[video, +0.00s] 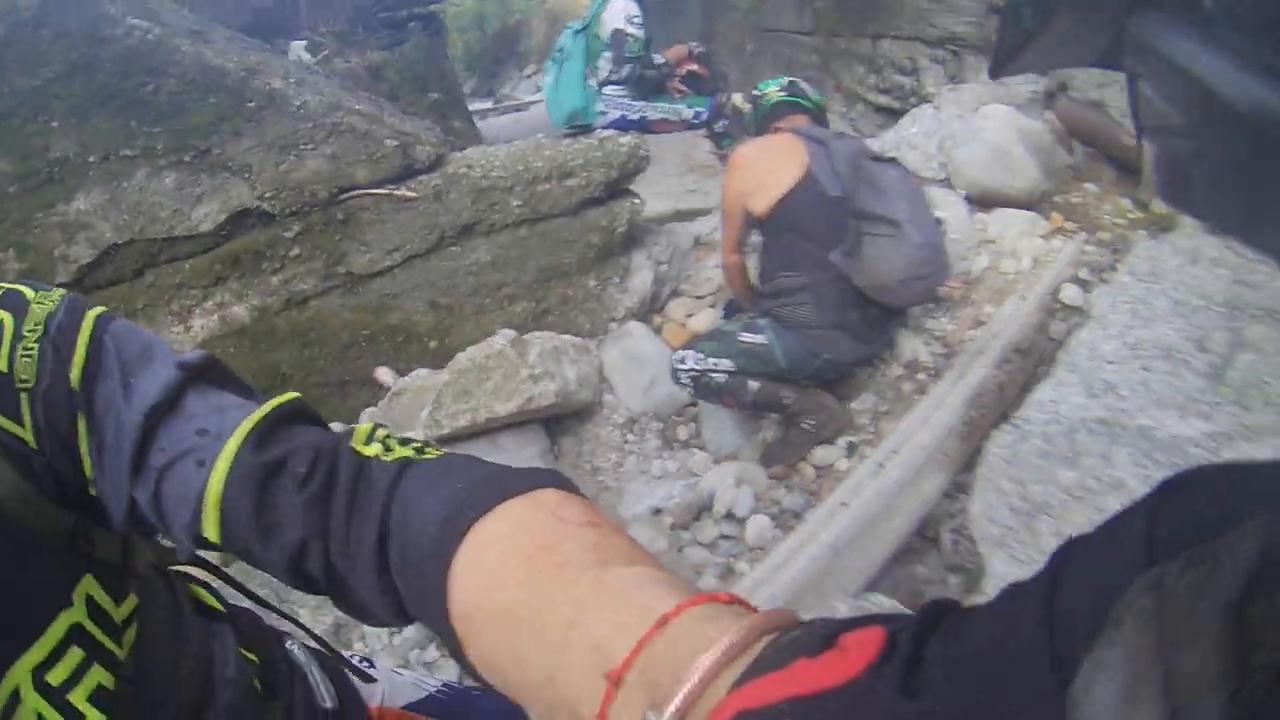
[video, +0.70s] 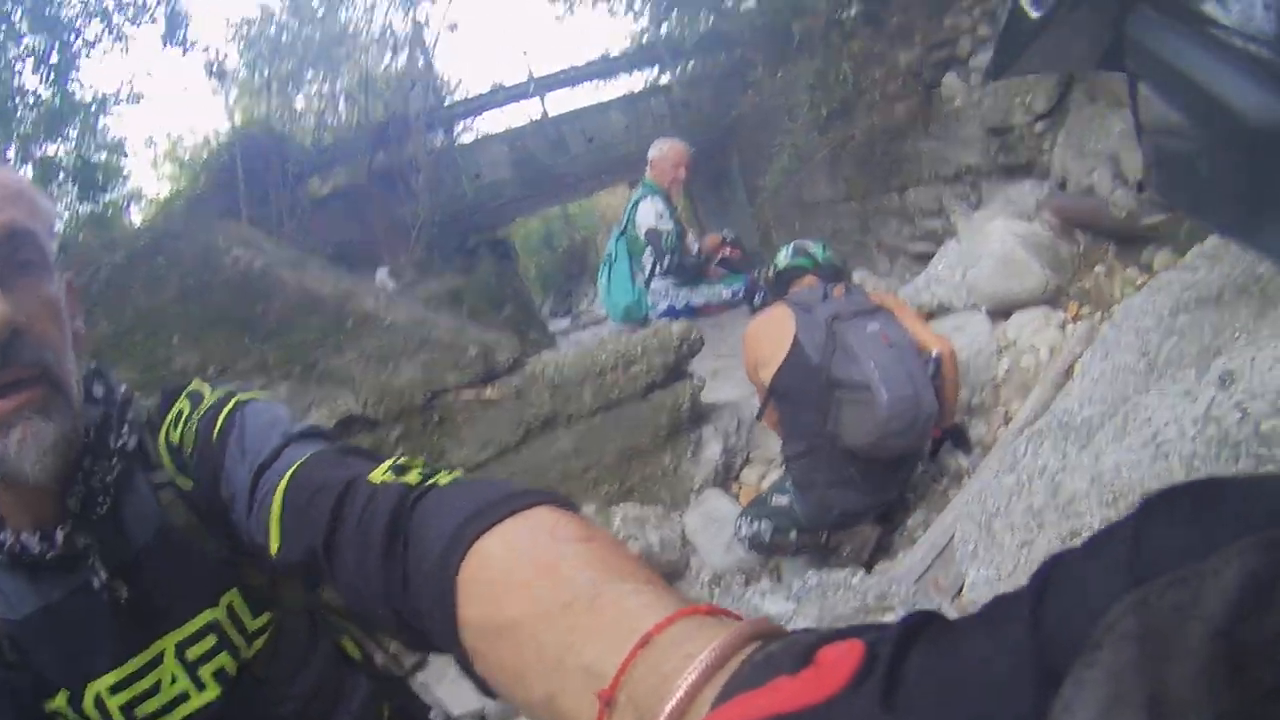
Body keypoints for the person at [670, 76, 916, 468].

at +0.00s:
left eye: (750, 121)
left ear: (763, 122)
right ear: (817, 117)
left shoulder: (750, 157)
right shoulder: (848, 149)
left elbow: (730, 259)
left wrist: (755, 309)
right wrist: (927, 280)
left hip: (820, 336)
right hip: (878, 320)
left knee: (687, 364)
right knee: (736, 312)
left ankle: (813, 414)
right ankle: (832, 377)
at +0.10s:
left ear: (690, 124)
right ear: (750, 117)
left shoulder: (677, 160)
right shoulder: (778, 144)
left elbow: (673, 256)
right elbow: (822, 221)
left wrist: (696, 305)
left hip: (752, 329)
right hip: (815, 307)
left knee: (637, 368)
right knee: (682, 309)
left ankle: (755, 398)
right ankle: (781, 365)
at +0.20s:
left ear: (705, 159)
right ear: (760, 153)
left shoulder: (688, 196)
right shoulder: (788, 178)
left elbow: (686, 286)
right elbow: (826, 256)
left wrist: (709, 333)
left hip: (763, 364)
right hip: (826, 341)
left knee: (653, 399)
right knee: (701, 340)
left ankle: (766, 423)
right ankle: (798, 394)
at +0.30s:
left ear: (739, 167)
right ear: (796, 161)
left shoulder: (720, 202)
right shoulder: (822, 187)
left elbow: (718, 290)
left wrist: (737, 333)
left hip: (787, 369)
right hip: (856, 351)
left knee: (685, 400)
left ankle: (785, 423)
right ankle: (831, 395)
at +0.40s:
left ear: (761, 185)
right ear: (817, 176)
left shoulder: (743, 219)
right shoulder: (846, 202)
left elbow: (747, 311)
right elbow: (906, 261)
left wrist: (773, 352)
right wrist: (908, 322)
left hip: (814, 384)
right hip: (877, 362)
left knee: (718, 418)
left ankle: (820, 435)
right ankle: (858, 406)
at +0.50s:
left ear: (785, 208)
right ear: (841, 194)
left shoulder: (767, 244)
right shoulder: (883, 222)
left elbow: (777, 336)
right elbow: (943, 277)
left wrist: (809, 368)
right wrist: (942, 340)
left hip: (837, 407)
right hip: (905, 383)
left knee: (749, 443)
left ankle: (847, 453)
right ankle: (893, 422)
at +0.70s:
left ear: (775, 285)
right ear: (837, 274)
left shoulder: (759, 331)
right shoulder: (878, 300)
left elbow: (775, 420)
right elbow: (942, 353)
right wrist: (945, 426)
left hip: (828, 493)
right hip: (897, 471)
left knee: (749, 525)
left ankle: (840, 542)